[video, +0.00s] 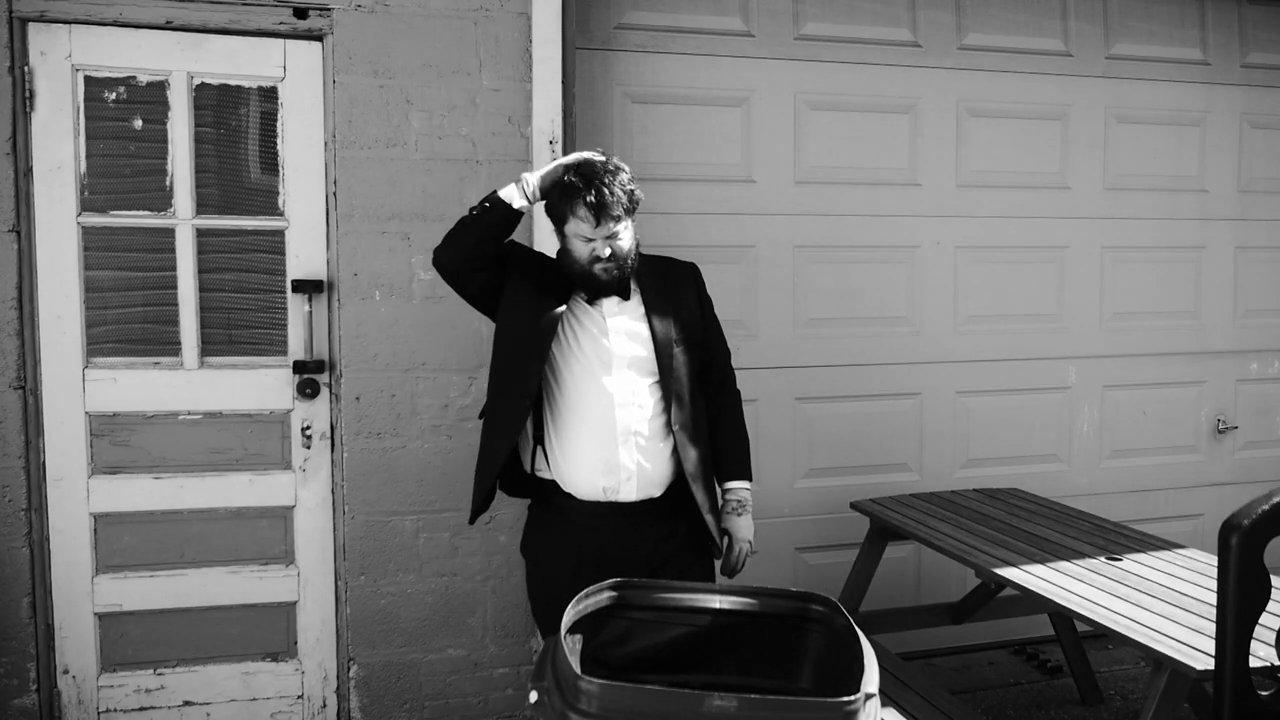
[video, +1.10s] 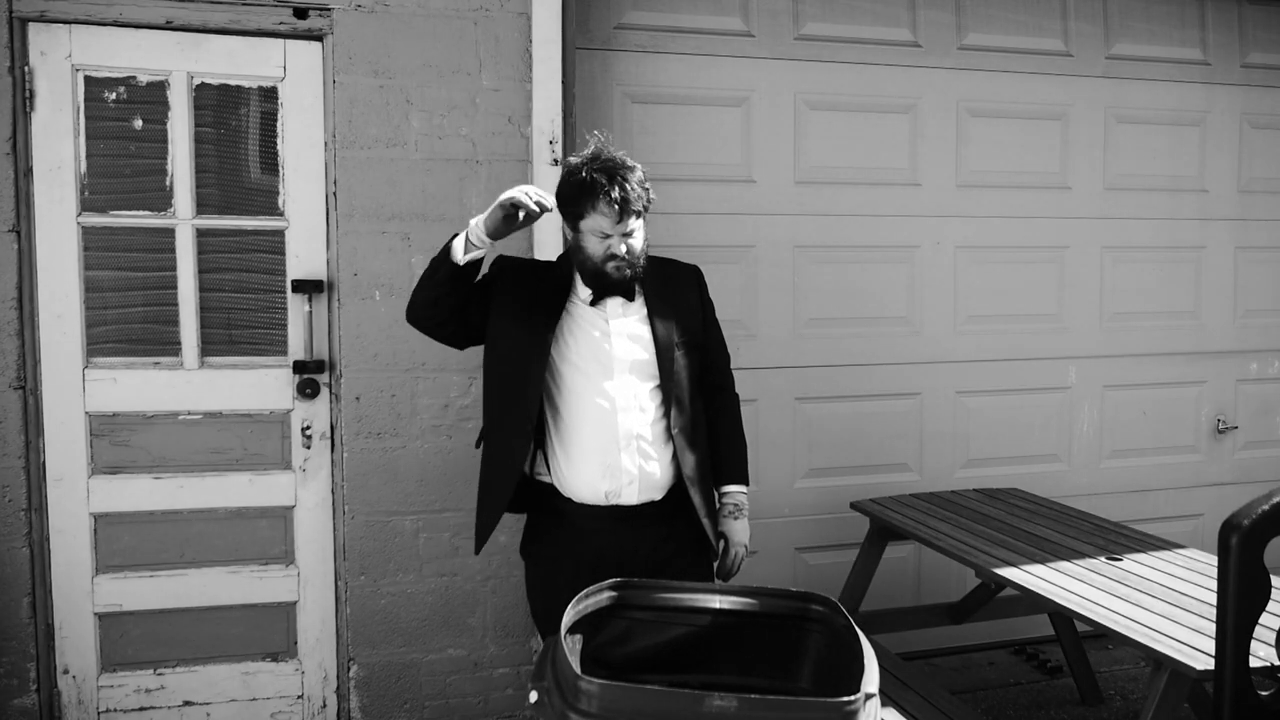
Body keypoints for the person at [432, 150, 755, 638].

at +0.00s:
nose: (605, 250)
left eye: (616, 232)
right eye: (587, 238)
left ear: (634, 221)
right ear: (558, 235)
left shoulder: (679, 286)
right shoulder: (529, 287)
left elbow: (719, 392)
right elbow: (455, 258)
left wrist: (737, 499)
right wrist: (530, 188)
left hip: (670, 527)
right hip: (566, 529)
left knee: (675, 691)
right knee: (577, 689)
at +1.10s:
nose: (621, 250)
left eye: (631, 232)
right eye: (603, 236)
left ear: (645, 224)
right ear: (570, 231)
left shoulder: (681, 287)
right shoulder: (521, 290)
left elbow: (719, 396)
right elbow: (428, 314)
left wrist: (733, 504)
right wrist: (481, 234)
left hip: (670, 528)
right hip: (566, 531)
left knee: (675, 695)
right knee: (577, 693)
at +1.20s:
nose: (637, 246)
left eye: (643, 228)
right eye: (619, 232)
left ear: (652, 221)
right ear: (578, 229)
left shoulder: (682, 288)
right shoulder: (519, 295)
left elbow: (719, 397)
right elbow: (435, 363)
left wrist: (734, 504)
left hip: (670, 527)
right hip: (566, 532)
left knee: (676, 694)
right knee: (577, 693)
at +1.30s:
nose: (646, 243)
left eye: (651, 227)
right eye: (629, 228)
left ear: (657, 222)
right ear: (583, 228)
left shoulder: (681, 288)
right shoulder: (518, 301)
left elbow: (718, 396)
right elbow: (475, 375)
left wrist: (733, 503)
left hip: (669, 530)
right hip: (566, 535)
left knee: (674, 695)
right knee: (575, 693)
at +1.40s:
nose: (650, 243)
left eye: (653, 227)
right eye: (634, 229)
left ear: (659, 221)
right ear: (585, 229)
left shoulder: (679, 287)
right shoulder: (515, 303)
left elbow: (715, 394)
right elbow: (485, 409)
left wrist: (733, 500)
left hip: (671, 532)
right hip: (567, 539)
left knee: (678, 699)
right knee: (580, 707)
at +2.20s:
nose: (636, 235)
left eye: (644, 220)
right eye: (618, 220)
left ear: (654, 217)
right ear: (580, 219)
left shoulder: (675, 285)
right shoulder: (517, 303)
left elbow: (710, 388)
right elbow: (494, 417)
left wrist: (730, 491)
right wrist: (524, 525)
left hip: (676, 530)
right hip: (581, 538)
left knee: (684, 698)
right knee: (588, 706)